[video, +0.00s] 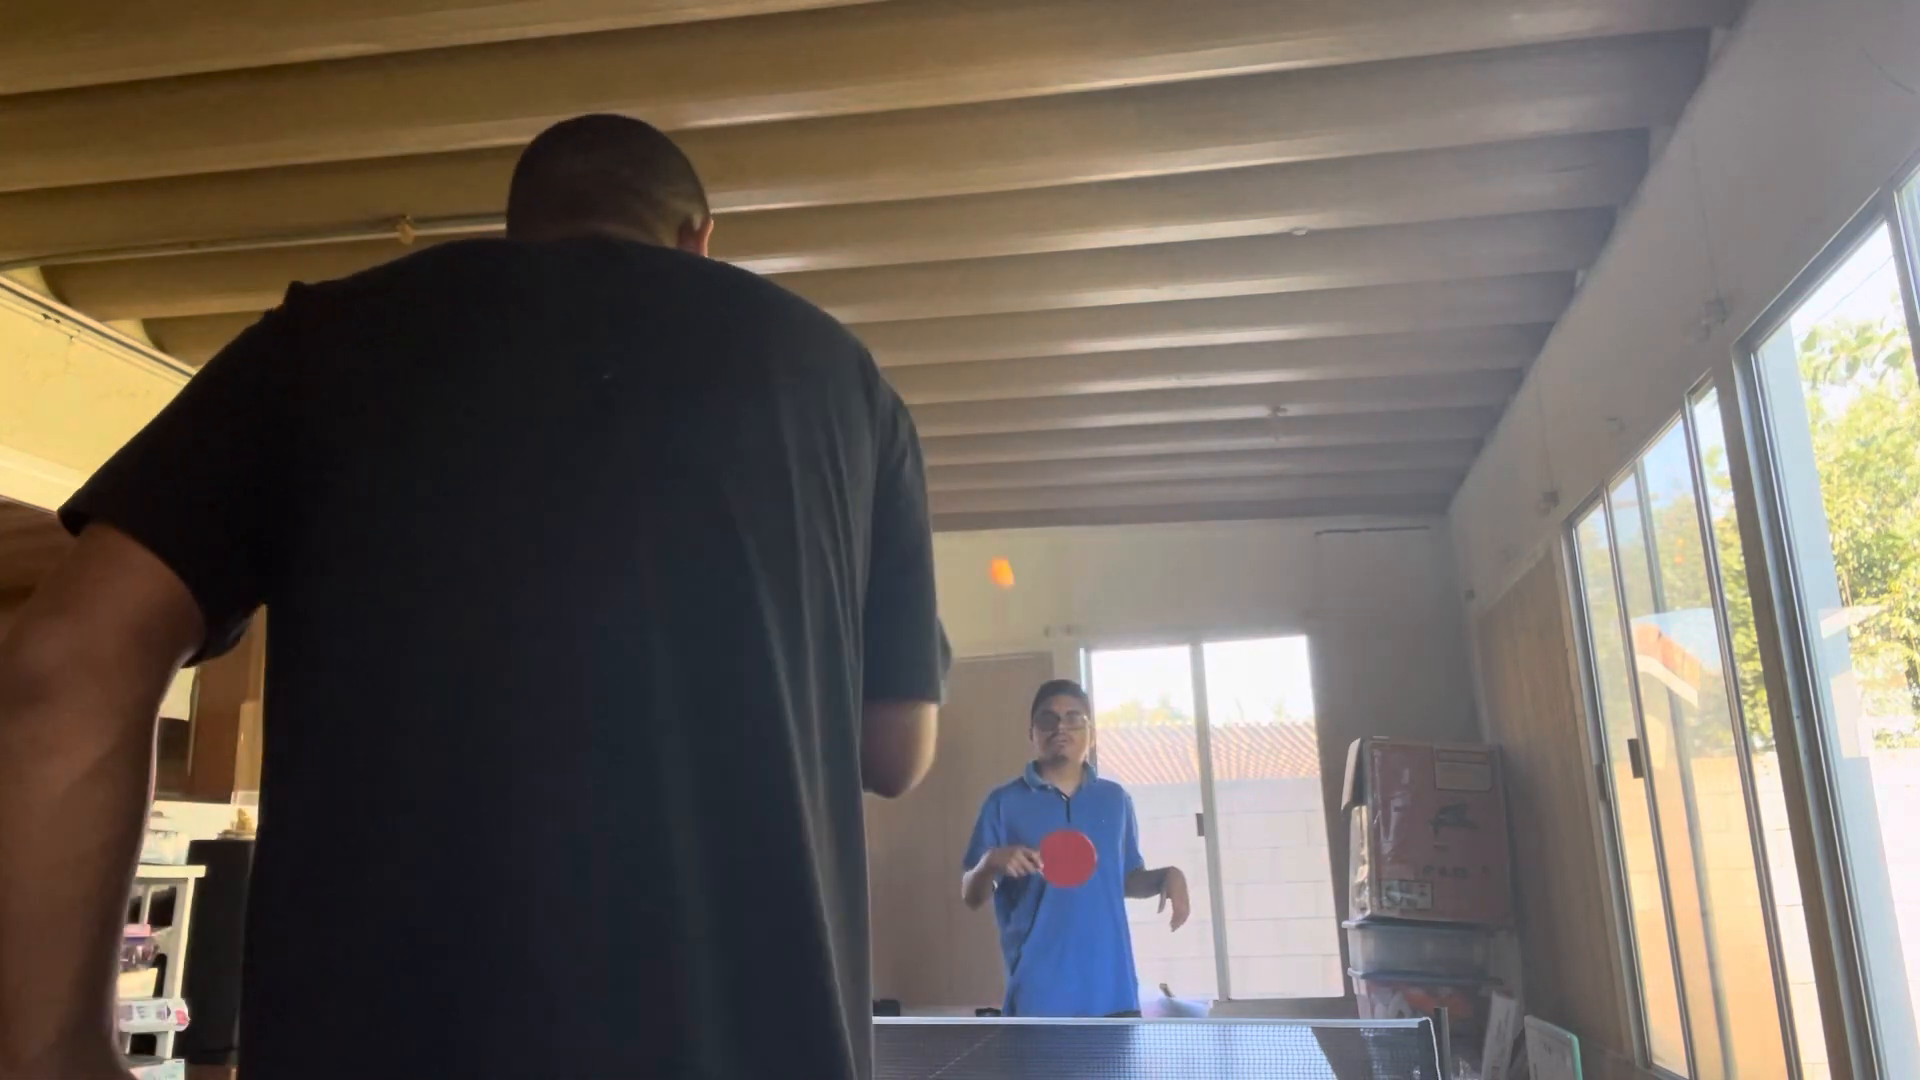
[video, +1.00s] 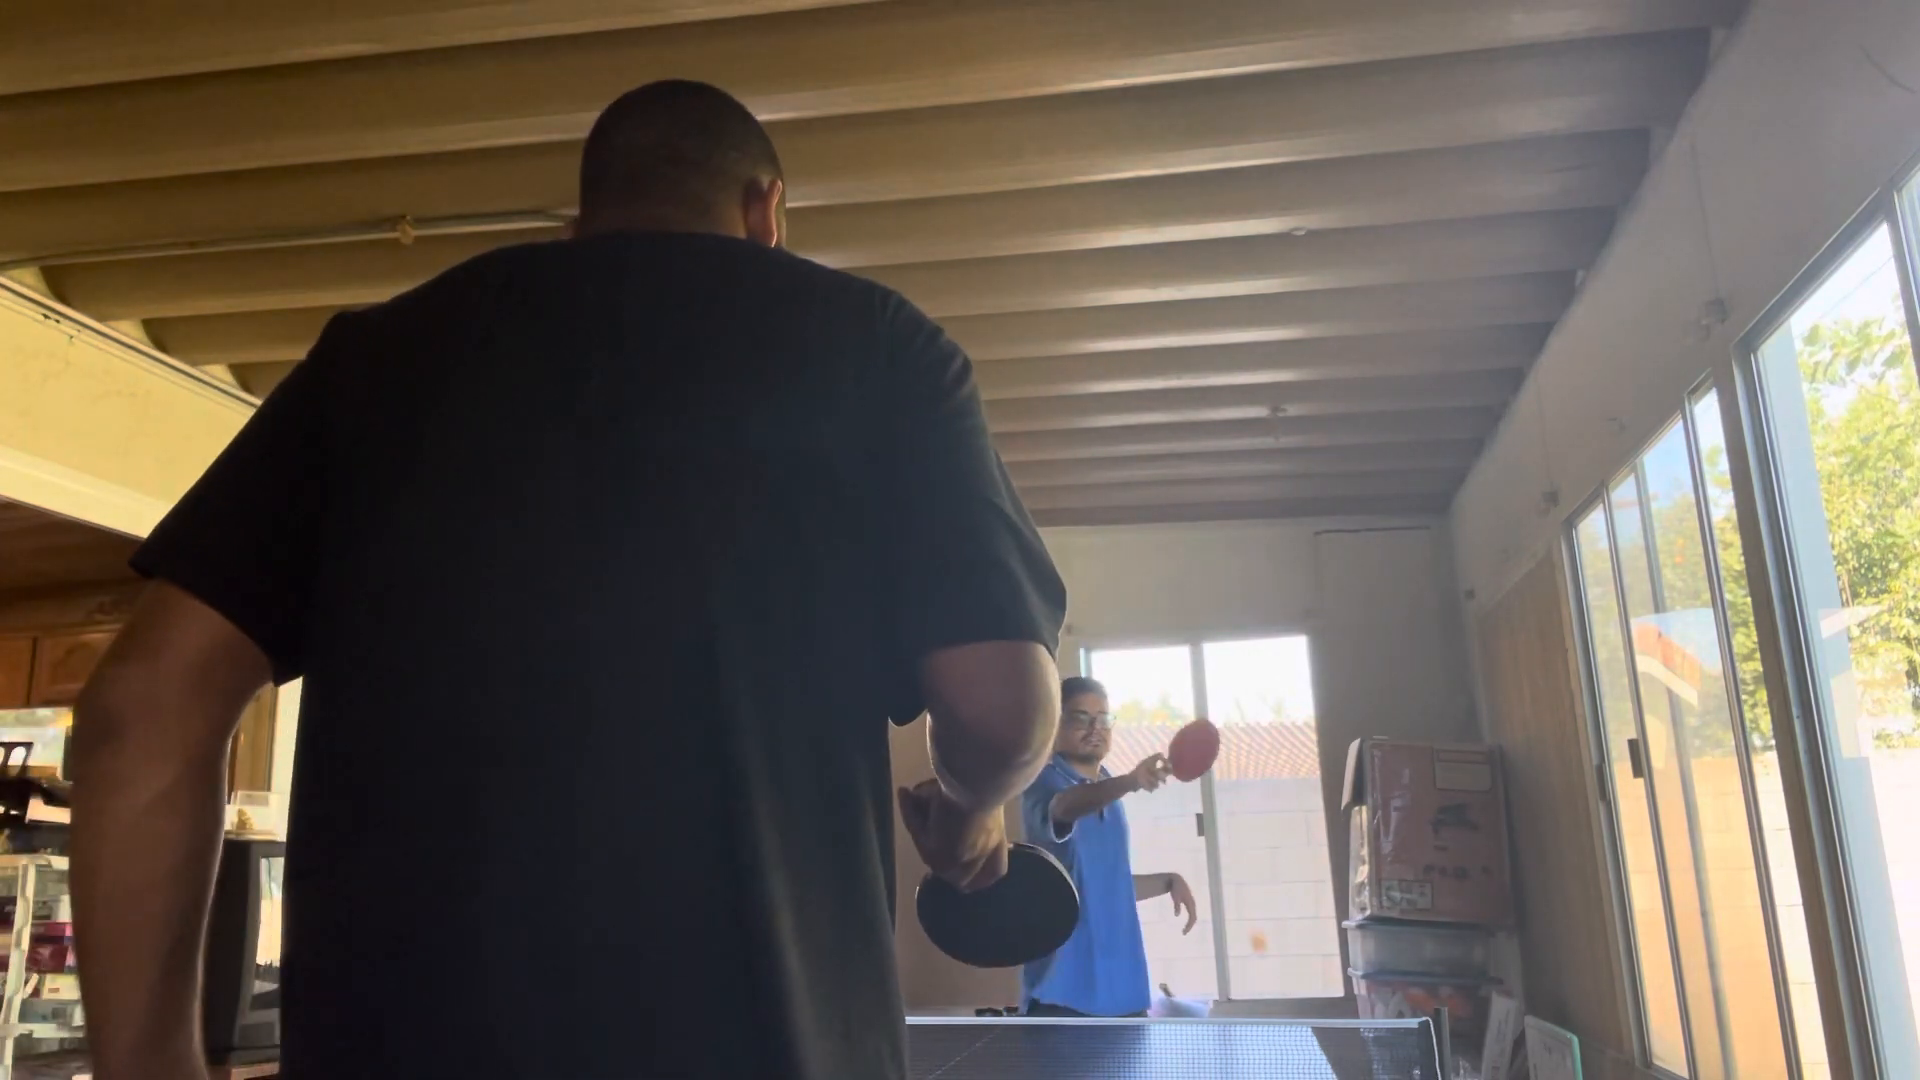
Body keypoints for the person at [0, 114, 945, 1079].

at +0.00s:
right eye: (715, 240)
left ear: (506, 229)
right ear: (698, 238)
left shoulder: (329, 331)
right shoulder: (834, 367)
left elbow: (65, 656)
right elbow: (896, 751)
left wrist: (59, 1046)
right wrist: (730, 670)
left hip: (371, 1032)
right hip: (748, 1039)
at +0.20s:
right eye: (718, 241)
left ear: (515, 223)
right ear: (704, 235)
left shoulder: (327, 345)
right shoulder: (839, 357)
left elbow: (76, 685)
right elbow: (955, 721)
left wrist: (76, 1056)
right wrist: (786, 790)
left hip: (368, 1033)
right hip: (748, 1040)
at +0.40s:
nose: (745, 252)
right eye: (746, 234)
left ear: (541, 218)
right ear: (729, 226)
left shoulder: (348, 351)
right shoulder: (843, 347)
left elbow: (98, 698)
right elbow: (984, 694)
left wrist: (78, 1059)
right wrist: (934, 822)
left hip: (369, 1039)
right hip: (740, 1041)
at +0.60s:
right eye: (774, 228)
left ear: (564, 215)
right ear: (753, 220)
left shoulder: (366, 353)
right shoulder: (851, 342)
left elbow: (123, 702)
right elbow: (983, 696)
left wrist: (110, 1063)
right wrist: (966, 821)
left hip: (380, 1038)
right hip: (745, 1038)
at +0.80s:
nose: (787, 244)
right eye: (785, 222)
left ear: (574, 208)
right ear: (764, 214)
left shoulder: (378, 351)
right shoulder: (860, 340)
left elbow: (135, 711)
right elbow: (992, 696)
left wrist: (141, 1056)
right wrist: (969, 817)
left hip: (391, 1036)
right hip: (756, 1035)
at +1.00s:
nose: (785, 245)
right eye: (785, 223)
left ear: (578, 208)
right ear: (766, 212)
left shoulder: (382, 350)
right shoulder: (868, 341)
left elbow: (137, 719)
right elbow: (1003, 698)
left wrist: (147, 1057)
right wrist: (966, 811)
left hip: (396, 1036)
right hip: (766, 1036)